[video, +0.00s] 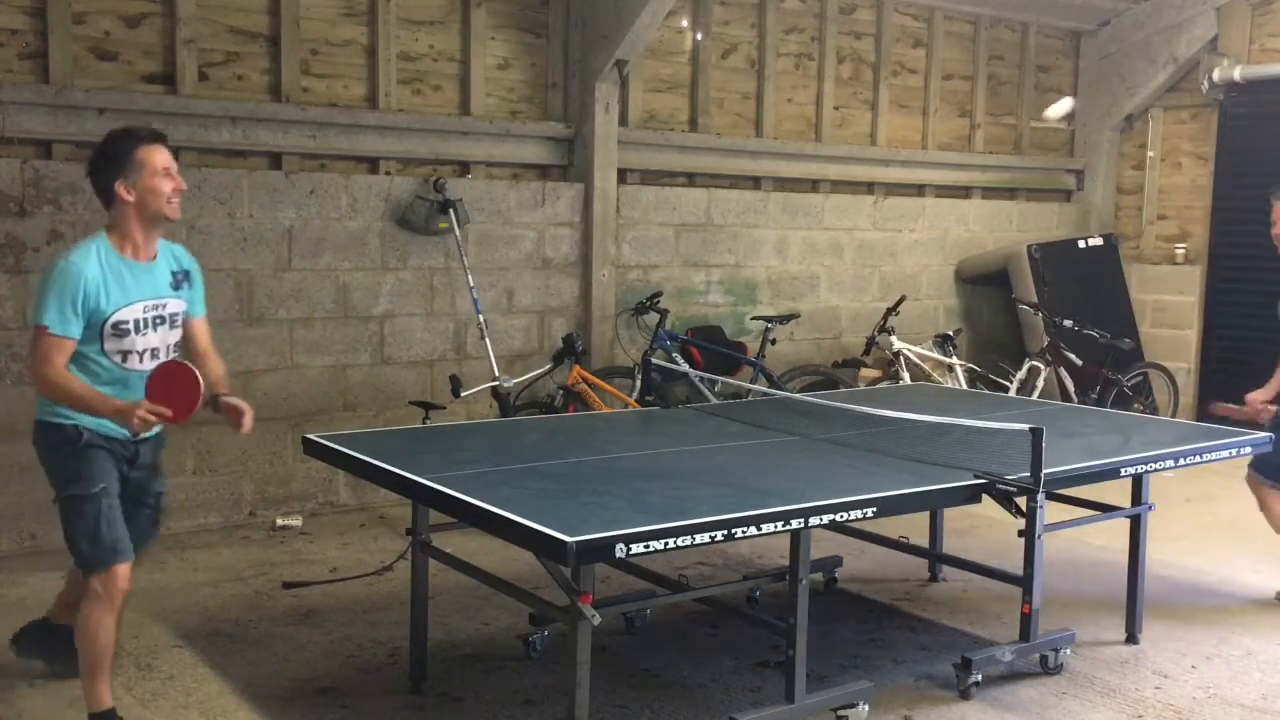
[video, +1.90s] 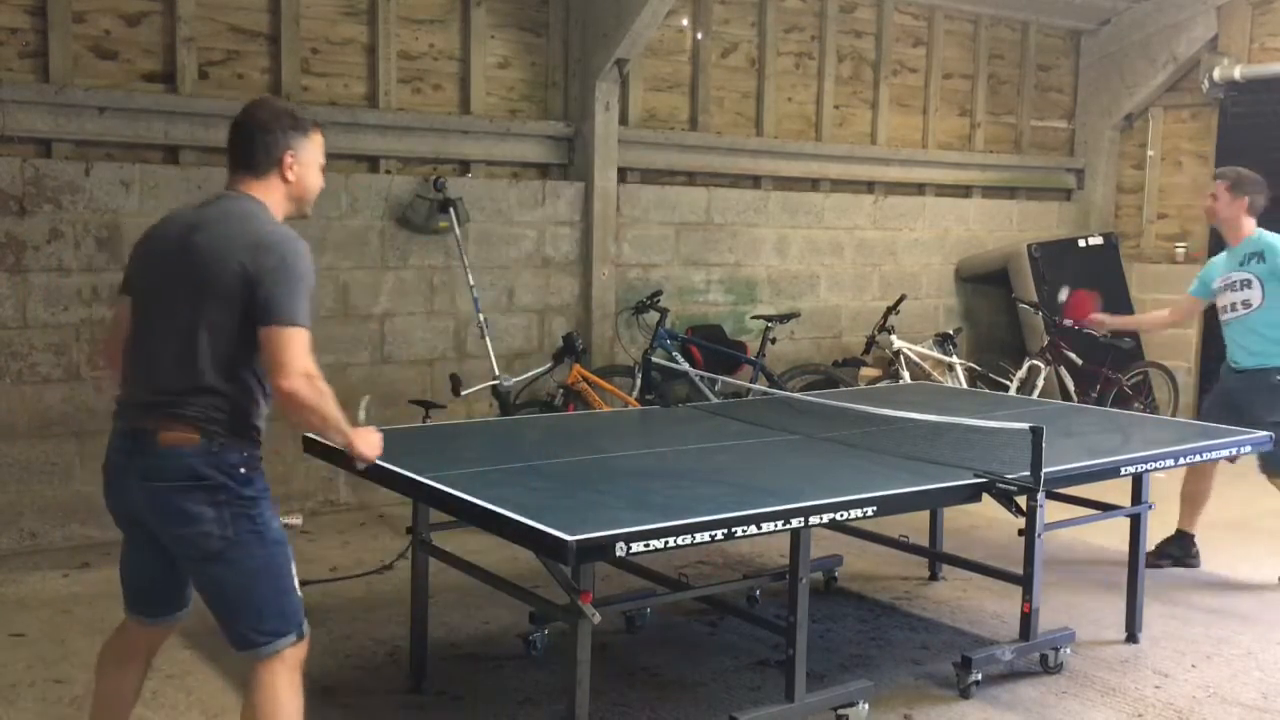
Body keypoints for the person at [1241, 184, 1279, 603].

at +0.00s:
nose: (1274, 231)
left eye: (1278, 222)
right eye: (1273, 222)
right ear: (1269, 222)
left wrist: (1267, 397)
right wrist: (1268, 391)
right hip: (1278, 415)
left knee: (1263, 478)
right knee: (1261, 477)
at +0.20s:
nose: (1250, 220)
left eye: (1260, 211)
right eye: (1245, 211)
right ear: (1241, 215)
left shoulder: (1273, 266)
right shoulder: (1262, 266)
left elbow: (1257, 330)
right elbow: (1258, 329)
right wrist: (1215, 380)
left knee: (1269, 481)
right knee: (1268, 480)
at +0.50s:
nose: (1226, 213)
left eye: (1236, 204)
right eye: (1220, 205)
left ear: (1262, 207)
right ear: (1215, 209)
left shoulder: (1276, 247)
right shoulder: (1216, 262)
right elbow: (1205, 324)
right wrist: (1179, 372)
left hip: (1278, 381)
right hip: (1248, 379)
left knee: (1263, 476)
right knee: (1218, 459)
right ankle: (1210, 538)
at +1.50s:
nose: (1173, 200)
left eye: (1179, 192)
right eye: (1173, 192)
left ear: (1202, 192)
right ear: (1200, 193)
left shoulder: (1224, 234)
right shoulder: (1204, 233)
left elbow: (1245, 303)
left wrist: (1230, 362)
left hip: (1223, 358)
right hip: (1205, 353)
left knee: (1214, 455)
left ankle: (1244, 555)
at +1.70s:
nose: (1249, 195)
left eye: (1258, 188)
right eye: (1252, 188)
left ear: (1278, 198)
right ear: (1269, 199)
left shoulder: (1276, 253)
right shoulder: (1273, 254)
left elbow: (1243, 305)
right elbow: (1244, 307)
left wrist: (1208, 284)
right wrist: (1206, 283)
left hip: (1273, 374)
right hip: (1268, 372)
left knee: (1235, 448)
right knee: (1233, 448)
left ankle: (1195, 531)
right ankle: (1195, 531)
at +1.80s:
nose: (1225, 200)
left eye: (1234, 193)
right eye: (1229, 192)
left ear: (1261, 200)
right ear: (1253, 201)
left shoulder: (1274, 247)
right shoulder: (1246, 260)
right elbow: (1212, 307)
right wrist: (1159, 299)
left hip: (1271, 375)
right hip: (1251, 376)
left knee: (1223, 459)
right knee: (1219, 457)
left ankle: (1187, 539)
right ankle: (1187, 540)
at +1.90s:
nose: (1207, 203)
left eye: (1215, 197)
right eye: (1209, 196)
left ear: (1244, 203)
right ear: (1232, 204)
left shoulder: (1273, 249)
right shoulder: (1216, 267)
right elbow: (1176, 315)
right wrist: (1113, 322)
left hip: (1273, 380)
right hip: (1233, 379)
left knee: (1276, 471)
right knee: (1202, 452)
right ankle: (1184, 539)